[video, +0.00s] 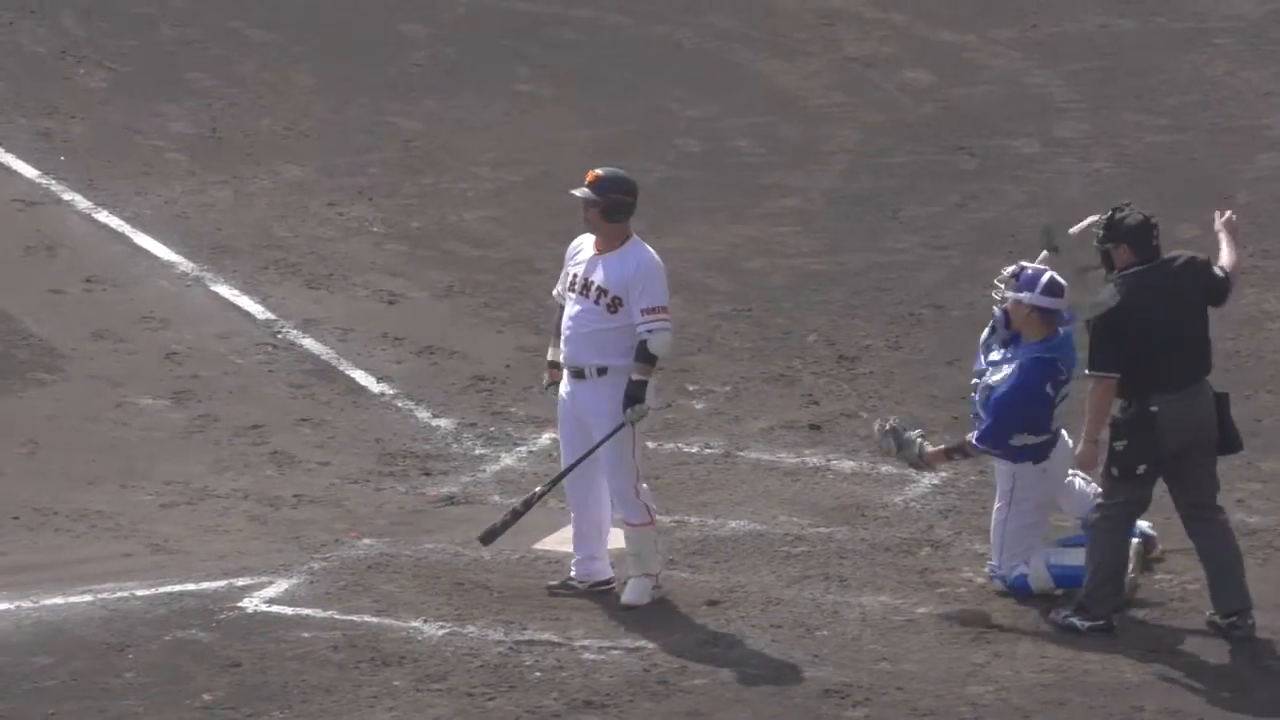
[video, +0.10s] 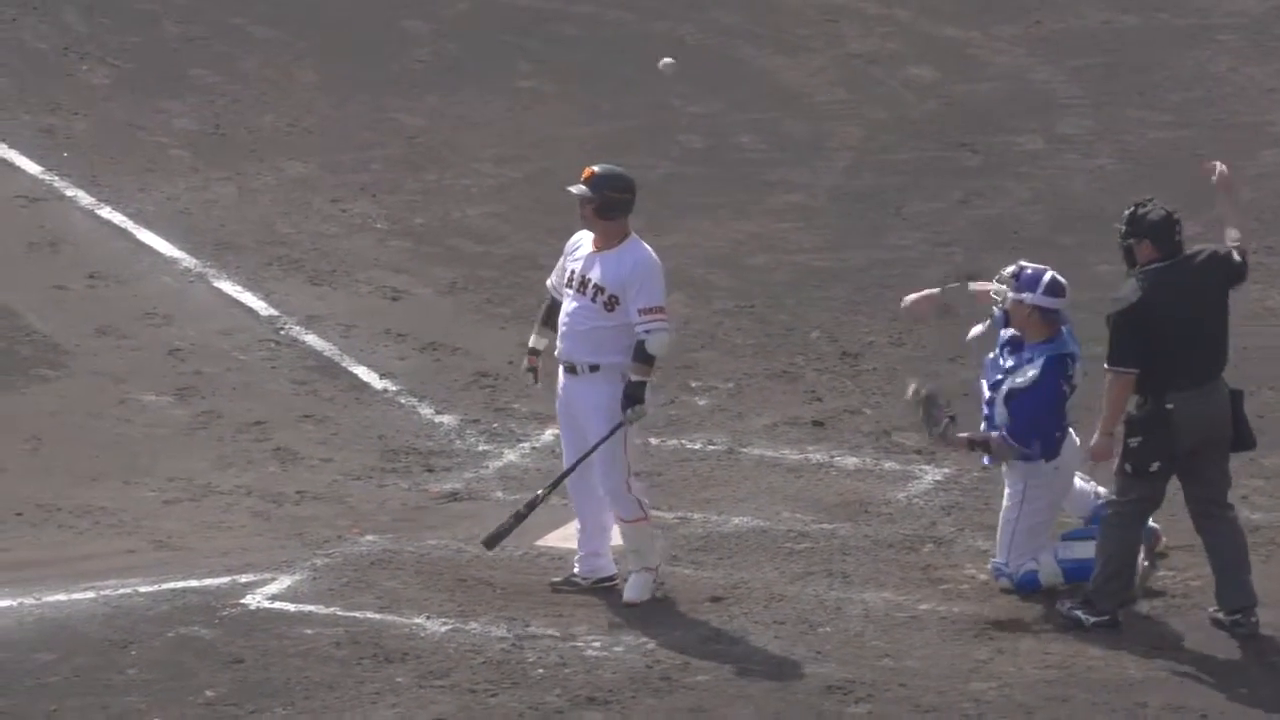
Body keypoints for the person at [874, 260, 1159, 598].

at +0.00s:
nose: (1003, 306)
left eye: (1010, 301)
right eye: (1006, 299)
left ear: (1028, 310)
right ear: (1036, 308)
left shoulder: (1028, 376)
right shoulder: (1047, 334)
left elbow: (991, 436)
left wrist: (940, 454)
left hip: (1027, 467)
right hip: (1050, 443)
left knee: (1010, 572)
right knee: (1071, 490)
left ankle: (1114, 559)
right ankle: (1130, 533)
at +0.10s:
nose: (1005, 305)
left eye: (1012, 301)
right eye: (1008, 298)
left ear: (1031, 312)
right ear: (1036, 312)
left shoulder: (1038, 381)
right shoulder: (1042, 327)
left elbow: (1023, 443)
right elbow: (999, 291)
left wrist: (966, 441)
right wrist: (939, 294)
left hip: (1037, 469)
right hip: (1059, 443)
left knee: (1014, 571)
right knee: (1070, 491)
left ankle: (1122, 555)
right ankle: (1136, 530)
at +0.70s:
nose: (982, 281)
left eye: (988, 274)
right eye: (984, 273)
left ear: (1006, 283)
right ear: (1011, 281)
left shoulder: (1030, 339)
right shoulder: (1021, 313)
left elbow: (1022, 413)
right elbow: (1008, 379)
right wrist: (983, 412)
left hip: (1052, 444)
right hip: (1055, 426)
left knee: (1026, 548)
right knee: (1051, 495)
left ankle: (1135, 526)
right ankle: (1134, 501)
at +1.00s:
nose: (991, 269)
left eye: (997, 263)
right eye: (993, 262)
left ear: (1015, 269)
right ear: (1024, 268)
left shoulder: (1030, 323)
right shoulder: (1051, 299)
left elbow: (1042, 396)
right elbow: (1087, 357)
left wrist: (1049, 452)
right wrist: (1119, 402)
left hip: (1045, 435)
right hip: (1068, 421)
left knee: (1025, 543)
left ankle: (1135, 527)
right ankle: (1142, 502)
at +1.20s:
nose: (999, 258)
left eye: (1005, 252)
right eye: (1002, 251)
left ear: (1023, 260)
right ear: (1030, 259)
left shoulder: (1035, 306)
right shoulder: (1045, 294)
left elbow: (1040, 378)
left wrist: (1033, 440)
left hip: (1047, 422)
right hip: (1060, 416)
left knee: (1024, 530)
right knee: (1044, 509)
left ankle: (1127, 523)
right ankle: (1132, 498)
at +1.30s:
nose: (997, 254)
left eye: (1003, 247)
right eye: (999, 247)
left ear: (1023, 255)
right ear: (1029, 255)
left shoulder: (1037, 301)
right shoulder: (1031, 289)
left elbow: (1036, 380)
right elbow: (1010, 267)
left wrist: (1011, 433)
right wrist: (991, 275)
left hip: (1045, 419)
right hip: (1041, 413)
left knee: (1016, 523)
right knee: (1025, 505)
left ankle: (1124, 521)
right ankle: (1123, 495)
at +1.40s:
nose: (998, 249)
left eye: (1005, 242)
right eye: (1001, 241)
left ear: (1025, 250)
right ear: (1026, 250)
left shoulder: (1042, 293)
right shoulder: (1020, 291)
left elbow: (1037, 374)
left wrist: (994, 421)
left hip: (1044, 411)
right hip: (1028, 409)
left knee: (1013, 514)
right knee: (1015, 501)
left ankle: (1118, 519)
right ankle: (1113, 490)